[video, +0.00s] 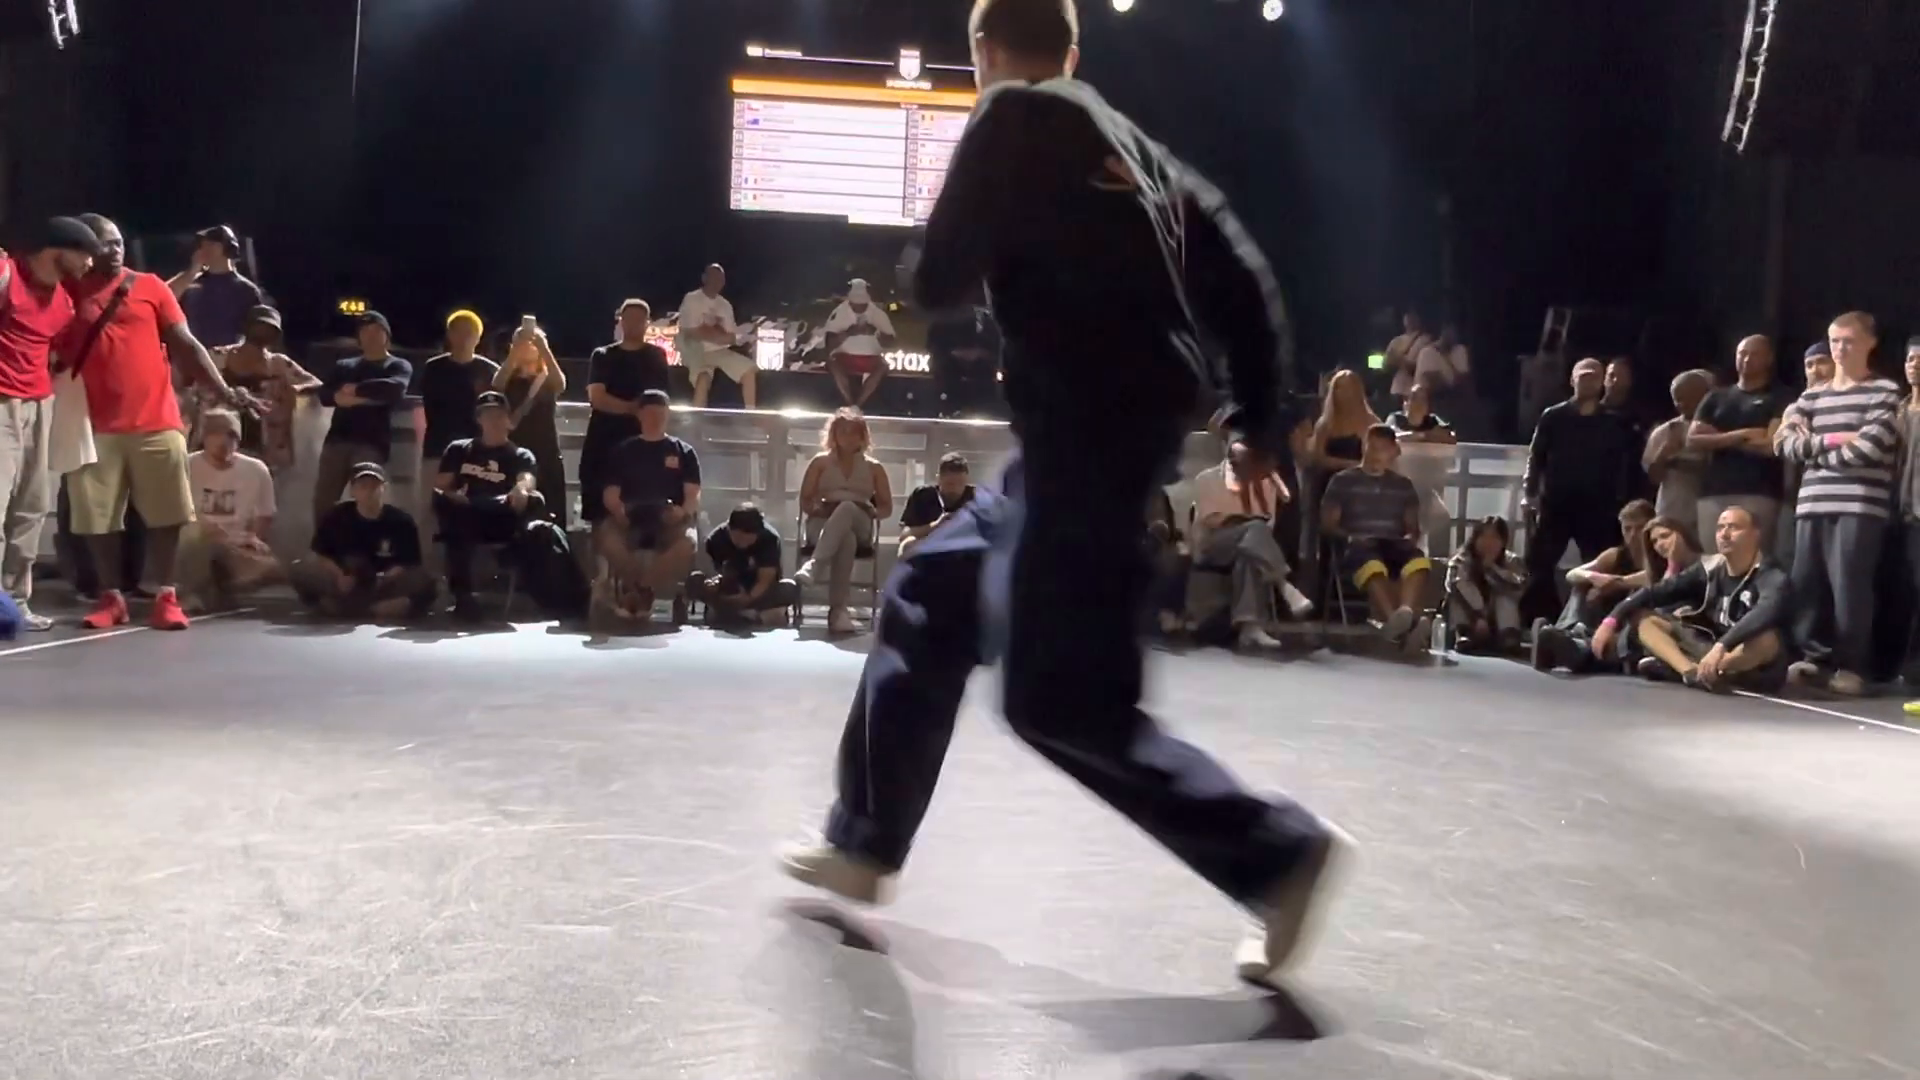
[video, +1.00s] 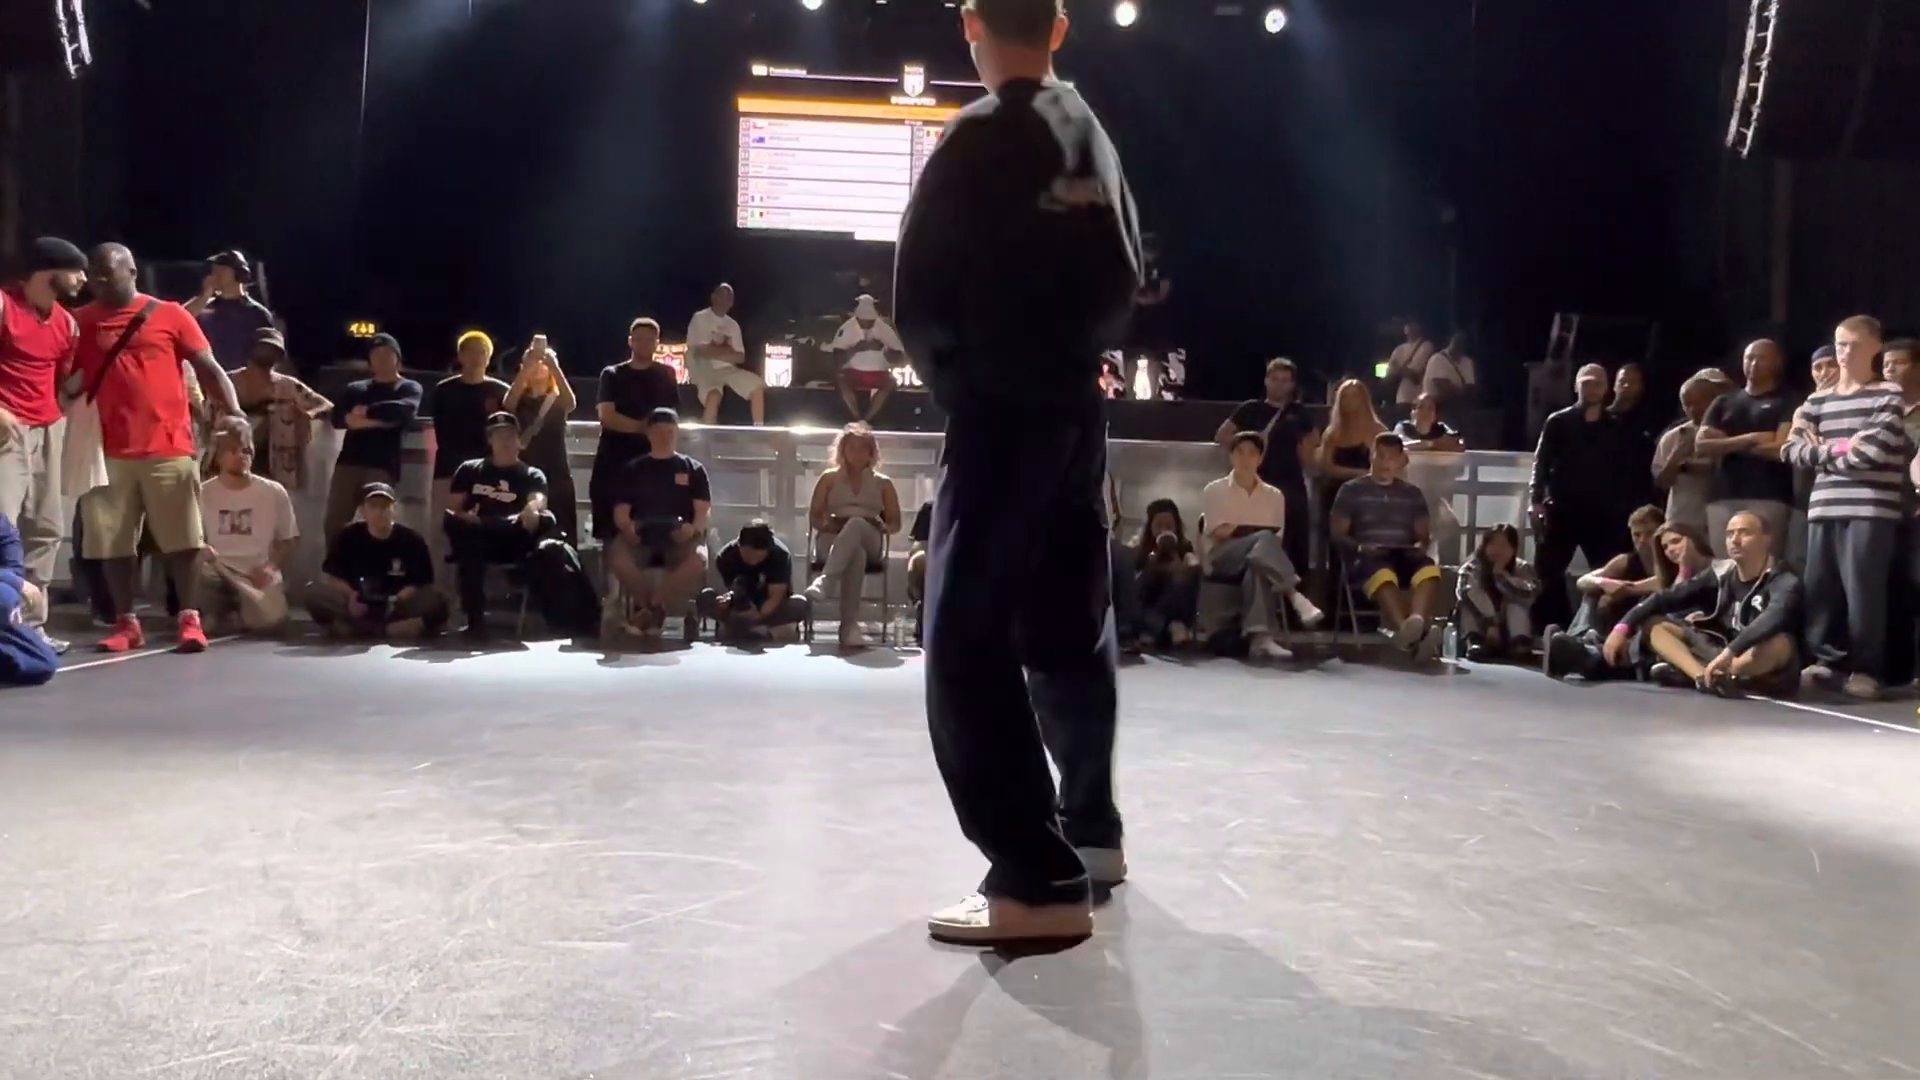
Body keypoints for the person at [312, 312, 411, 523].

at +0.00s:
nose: (370, 336)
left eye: (375, 331)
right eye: (365, 331)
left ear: (386, 336)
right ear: (359, 337)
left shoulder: (399, 365)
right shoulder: (344, 365)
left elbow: (394, 390)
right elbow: (325, 396)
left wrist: (355, 389)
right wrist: (367, 399)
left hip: (371, 443)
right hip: (338, 441)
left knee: (366, 504)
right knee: (323, 502)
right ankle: (321, 551)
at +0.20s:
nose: (376, 352)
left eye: (382, 346)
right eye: (372, 347)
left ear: (393, 351)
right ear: (366, 352)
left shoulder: (406, 380)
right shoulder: (351, 380)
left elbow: (401, 405)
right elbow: (332, 411)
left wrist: (361, 404)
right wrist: (373, 413)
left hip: (378, 456)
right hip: (346, 453)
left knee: (371, 517)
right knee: (330, 516)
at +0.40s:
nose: (376, 356)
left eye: (382, 351)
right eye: (372, 351)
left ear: (393, 356)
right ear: (366, 356)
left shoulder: (406, 384)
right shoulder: (352, 384)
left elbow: (401, 408)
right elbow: (333, 416)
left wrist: (361, 408)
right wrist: (376, 418)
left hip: (377, 462)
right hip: (345, 460)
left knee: (373, 523)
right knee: (330, 521)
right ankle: (329, 571)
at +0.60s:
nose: (377, 356)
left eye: (383, 351)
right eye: (373, 351)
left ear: (393, 357)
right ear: (366, 358)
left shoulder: (406, 386)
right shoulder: (352, 385)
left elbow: (400, 410)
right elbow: (333, 418)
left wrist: (360, 409)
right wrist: (376, 419)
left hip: (378, 462)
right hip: (346, 459)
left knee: (373, 524)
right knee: (330, 522)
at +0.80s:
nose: (379, 358)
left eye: (385, 353)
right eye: (375, 354)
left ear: (395, 359)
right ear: (368, 360)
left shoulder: (408, 388)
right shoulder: (353, 387)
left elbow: (402, 412)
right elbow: (335, 420)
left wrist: (362, 411)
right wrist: (377, 421)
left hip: (380, 465)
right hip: (347, 463)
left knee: (376, 526)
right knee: (332, 523)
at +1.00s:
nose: (382, 359)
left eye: (387, 354)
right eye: (377, 354)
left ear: (397, 359)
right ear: (370, 360)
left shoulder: (410, 388)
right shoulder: (355, 388)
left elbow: (403, 413)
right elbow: (338, 419)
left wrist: (365, 411)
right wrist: (379, 422)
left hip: (382, 466)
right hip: (349, 464)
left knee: (377, 526)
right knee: (334, 523)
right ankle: (332, 572)